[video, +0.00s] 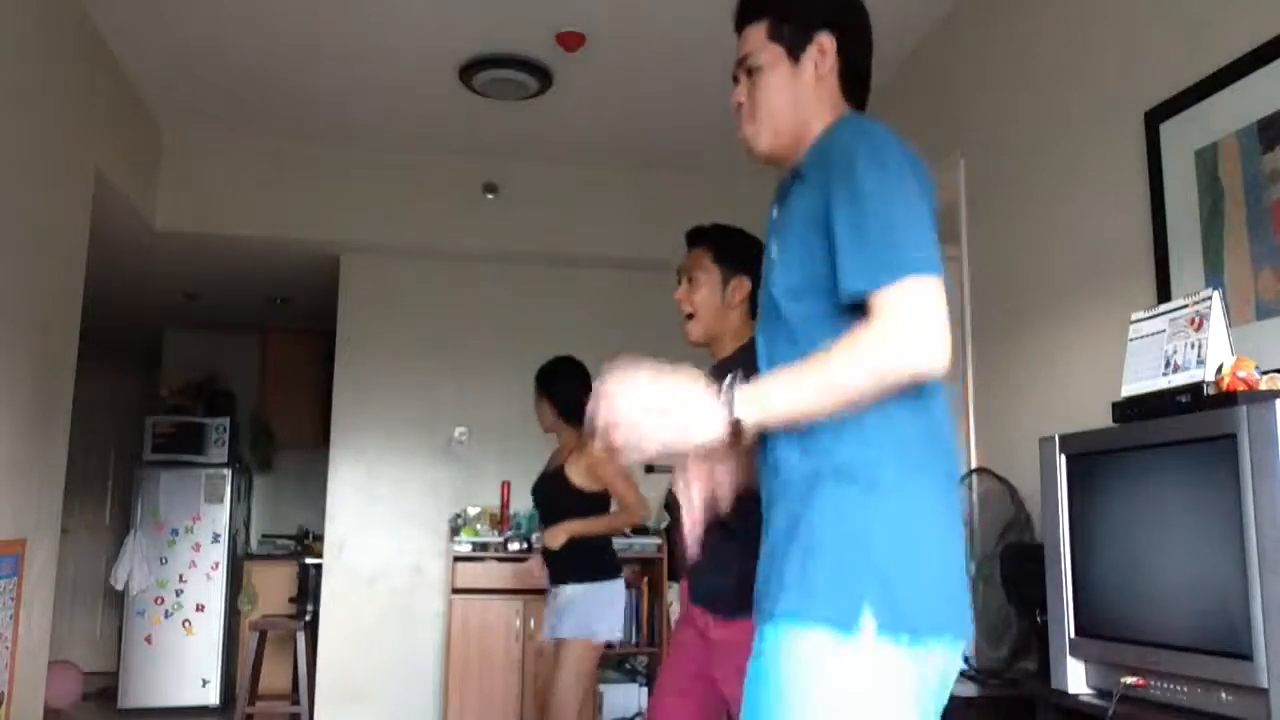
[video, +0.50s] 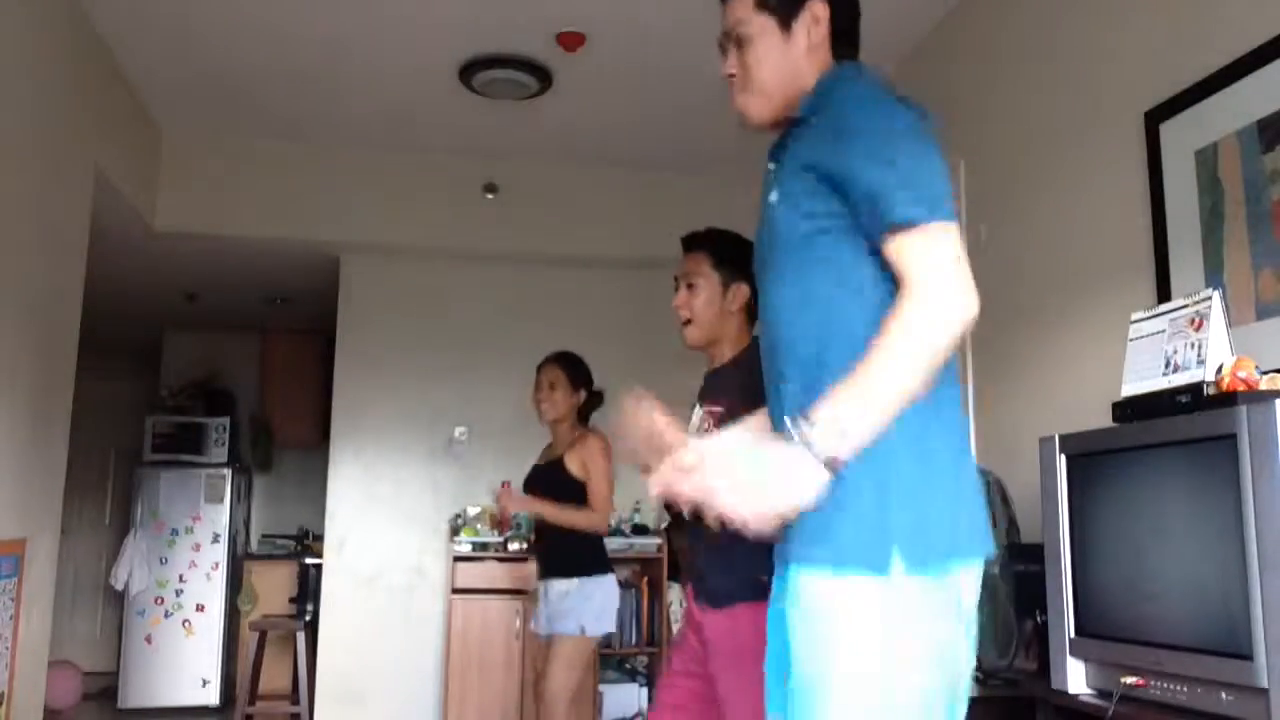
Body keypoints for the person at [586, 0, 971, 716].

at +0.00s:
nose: (736, 99)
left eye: (749, 71)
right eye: (735, 80)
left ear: (819, 60)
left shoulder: (859, 151)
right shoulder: (803, 192)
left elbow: (916, 335)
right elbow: (845, 412)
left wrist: (730, 410)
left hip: (865, 597)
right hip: (817, 593)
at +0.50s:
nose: (726, 66)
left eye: (738, 40)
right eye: (725, 47)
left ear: (811, 25)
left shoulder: (855, 110)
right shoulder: (796, 153)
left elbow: (945, 293)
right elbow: (834, 370)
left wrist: (810, 452)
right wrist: (728, 453)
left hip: (887, 550)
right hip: (828, 546)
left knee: (871, 707)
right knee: (810, 708)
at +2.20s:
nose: (775, 103)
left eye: (788, 75)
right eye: (773, 84)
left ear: (861, 60)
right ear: (855, 65)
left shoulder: (932, 147)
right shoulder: (838, 198)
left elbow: (1041, 335)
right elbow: (863, 410)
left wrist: (888, 467)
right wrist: (776, 496)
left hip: (924, 580)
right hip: (819, 578)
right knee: (748, 709)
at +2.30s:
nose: (778, 135)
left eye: (794, 110)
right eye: (779, 116)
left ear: (870, 104)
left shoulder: (949, 221)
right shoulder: (832, 264)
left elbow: (1049, 412)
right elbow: (851, 437)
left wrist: (882, 455)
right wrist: (753, 459)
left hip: (933, 639)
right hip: (816, 626)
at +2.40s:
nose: (779, 133)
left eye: (793, 107)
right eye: (779, 115)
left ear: (869, 97)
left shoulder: (934, 209)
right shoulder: (829, 266)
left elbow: (1033, 407)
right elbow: (849, 446)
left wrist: (815, 405)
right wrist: (751, 413)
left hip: (932, 654)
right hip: (827, 633)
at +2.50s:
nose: (779, 84)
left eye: (792, 59)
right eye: (778, 67)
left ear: (867, 44)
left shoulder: (925, 139)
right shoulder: (831, 199)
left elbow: (1013, 322)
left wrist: (827, 422)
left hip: (914, 590)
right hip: (811, 584)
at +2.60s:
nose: (775, 81)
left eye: (791, 55)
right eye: (776, 65)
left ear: (866, 41)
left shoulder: (919, 120)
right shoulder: (829, 176)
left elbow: (992, 320)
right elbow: (844, 392)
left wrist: (840, 476)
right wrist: (768, 499)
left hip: (897, 569)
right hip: (803, 564)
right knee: (795, 710)